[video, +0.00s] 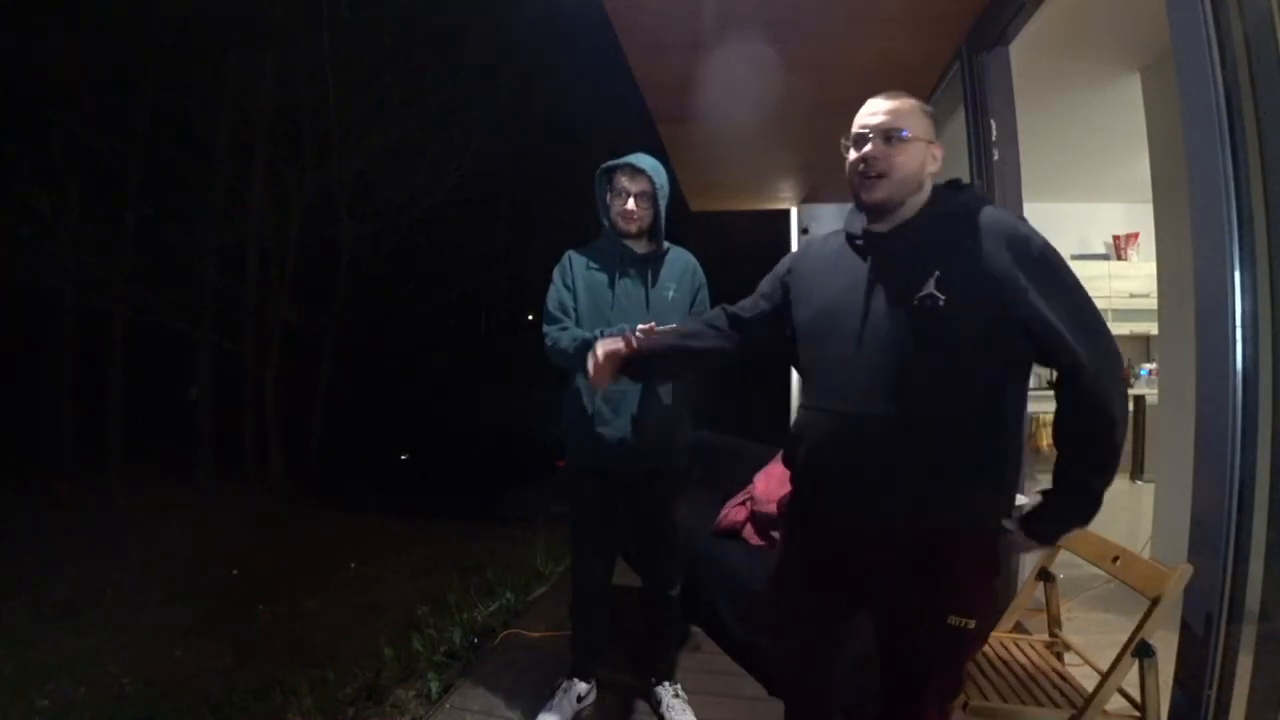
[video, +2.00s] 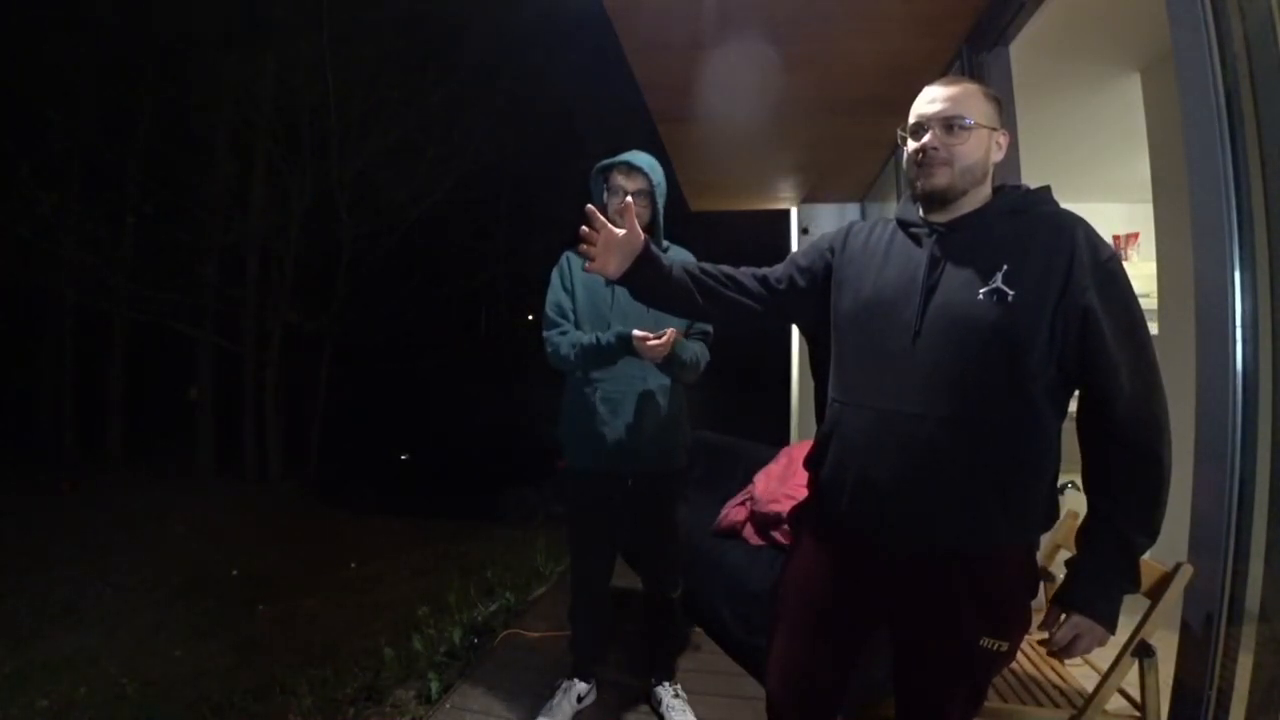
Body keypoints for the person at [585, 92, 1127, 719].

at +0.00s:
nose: (864, 152)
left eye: (889, 137)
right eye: (855, 140)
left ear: (934, 155)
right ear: (845, 158)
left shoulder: (994, 242)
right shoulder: (813, 259)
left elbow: (1096, 374)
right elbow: (737, 327)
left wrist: (1058, 512)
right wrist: (640, 347)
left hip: (946, 537)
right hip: (825, 531)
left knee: (915, 702)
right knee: (807, 696)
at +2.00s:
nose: (921, 140)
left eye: (949, 125)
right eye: (911, 131)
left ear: (1001, 145)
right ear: (902, 154)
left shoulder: (1062, 246)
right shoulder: (855, 245)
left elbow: (1129, 425)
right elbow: (751, 292)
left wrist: (1099, 585)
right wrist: (642, 263)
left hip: (971, 556)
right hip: (838, 542)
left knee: (937, 708)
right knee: (795, 699)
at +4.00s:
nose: (920, 143)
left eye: (946, 126)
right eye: (913, 133)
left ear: (1004, 136)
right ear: (905, 150)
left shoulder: (1075, 250)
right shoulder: (861, 242)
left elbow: (1140, 435)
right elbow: (761, 286)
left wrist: (1105, 596)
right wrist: (652, 256)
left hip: (976, 561)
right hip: (842, 542)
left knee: (938, 710)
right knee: (801, 703)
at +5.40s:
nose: (869, 131)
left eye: (889, 114)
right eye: (852, 122)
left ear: (928, 134)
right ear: (834, 146)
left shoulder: (998, 245)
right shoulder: (787, 243)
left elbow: (1060, 404)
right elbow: (712, 326)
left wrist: (1051, 545)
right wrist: (627, 341)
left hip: (953, 550)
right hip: (815, 545)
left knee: (916, 704)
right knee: (809, 703)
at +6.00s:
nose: (925, 125)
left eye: (947, 115)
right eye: (908, 119)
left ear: (982, 143)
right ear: (887, 149)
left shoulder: (1037, 255)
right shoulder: (828, 238)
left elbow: (1092, 415)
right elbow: (758, 329)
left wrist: (1083, 553)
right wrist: (716, 329)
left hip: (966, 551)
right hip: (829, 539)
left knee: (927, 705)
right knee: (816, 703)